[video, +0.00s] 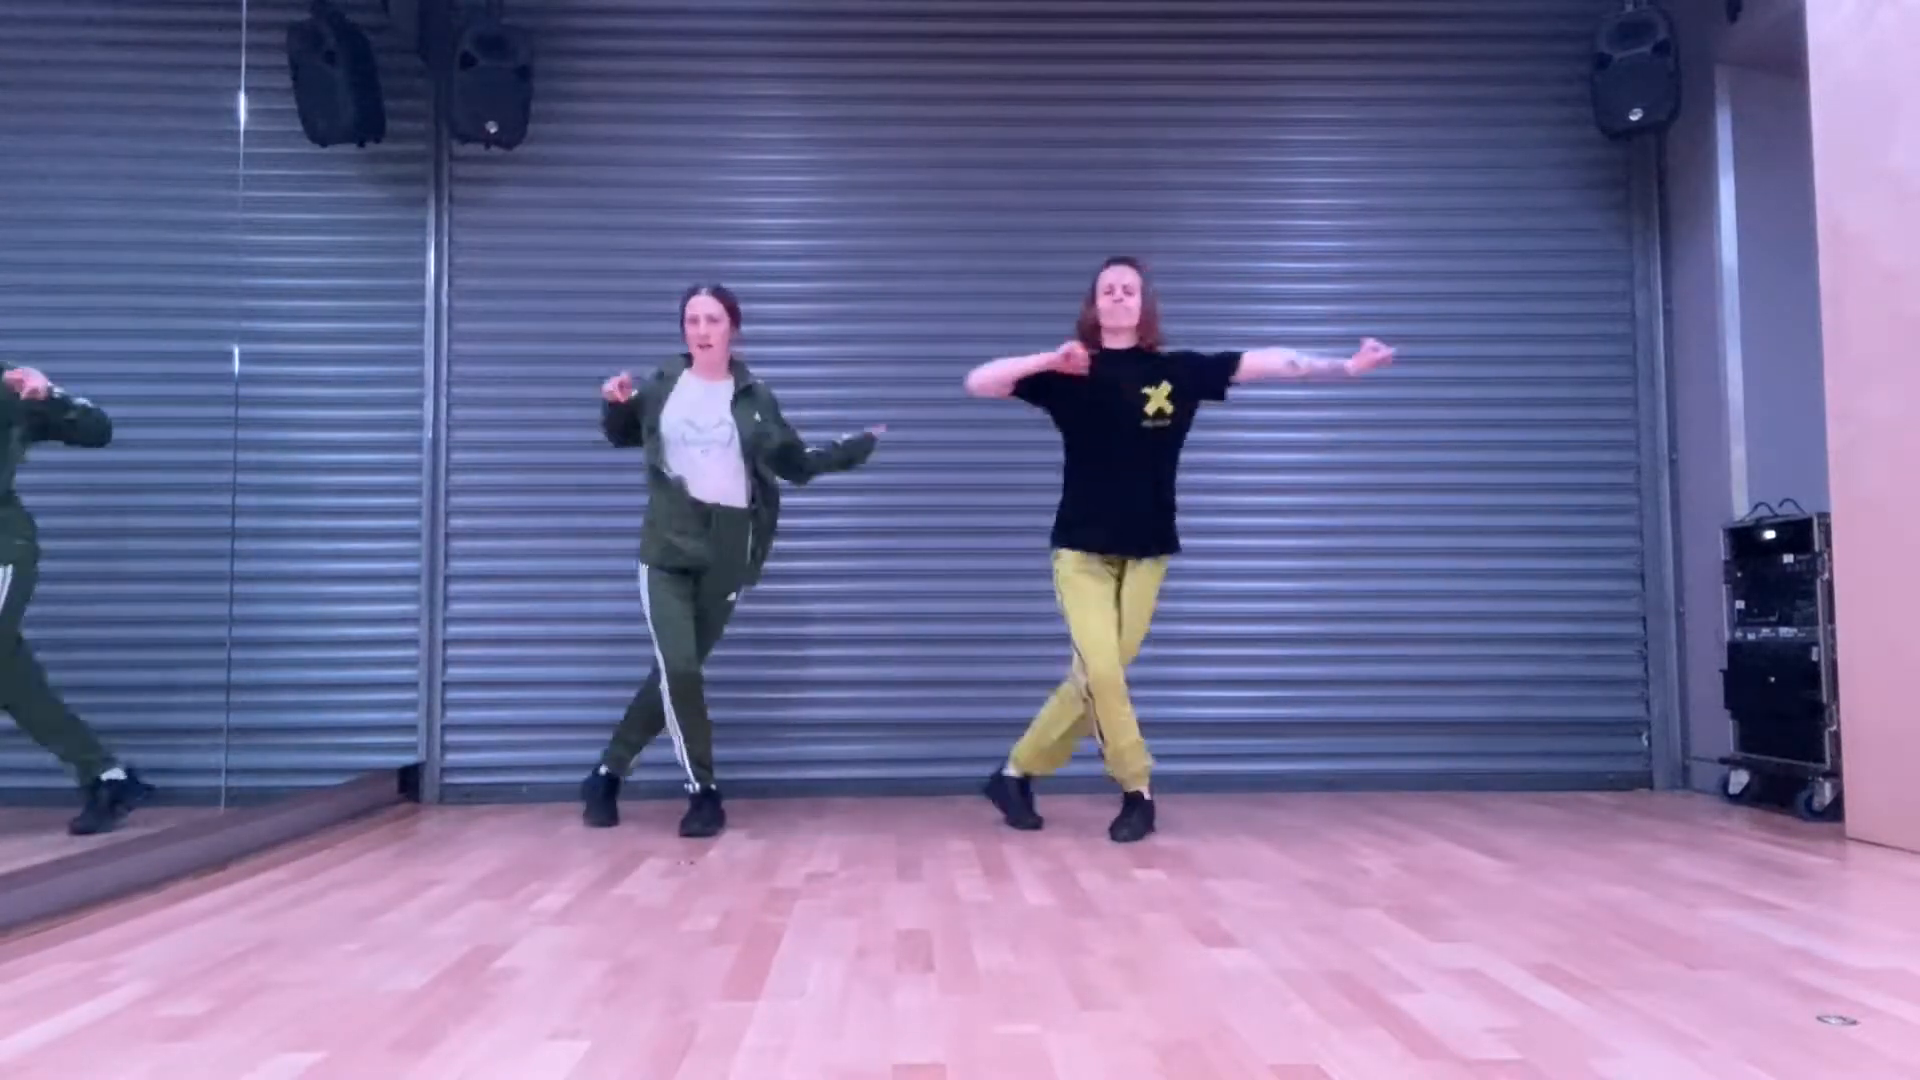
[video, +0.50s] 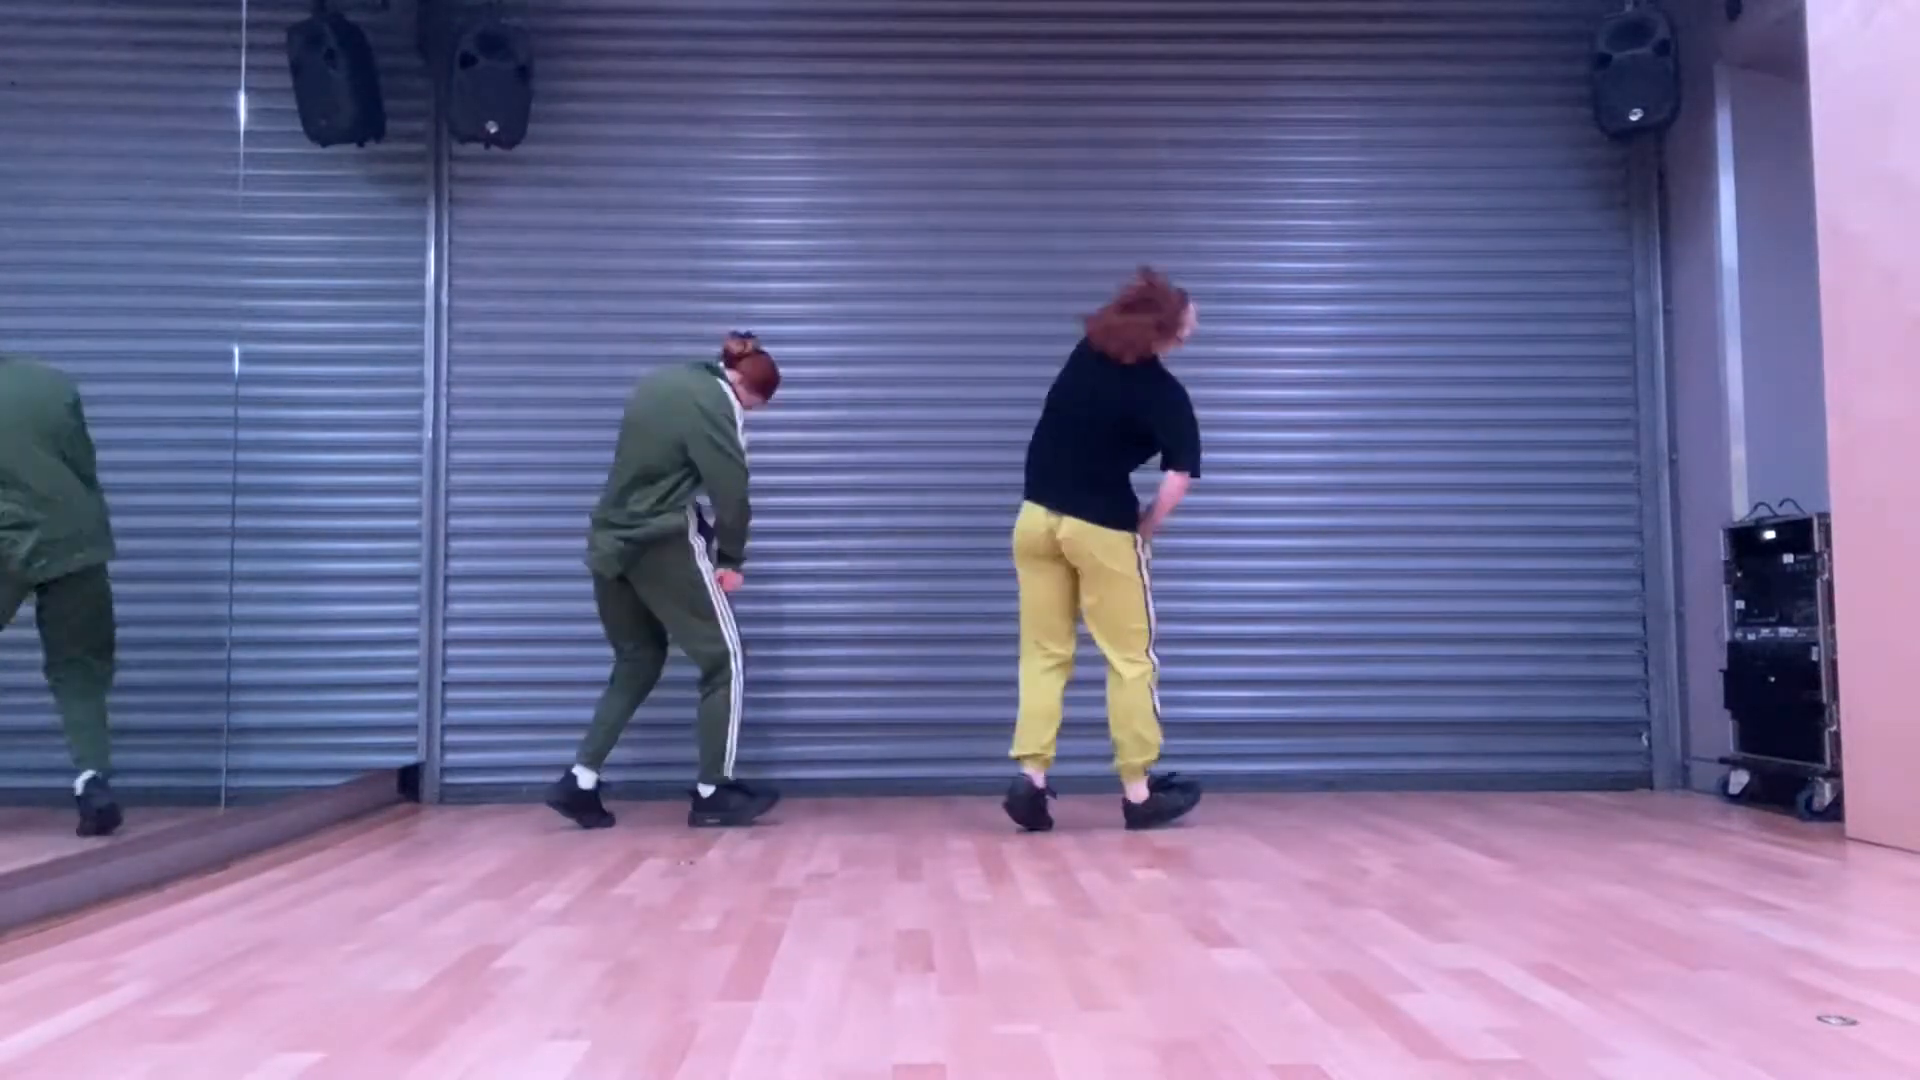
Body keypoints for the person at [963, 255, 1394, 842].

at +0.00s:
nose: (1119, 298)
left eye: (1129, 290)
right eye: (1109, 290)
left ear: (1146, 304)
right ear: (1093, 304)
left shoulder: (1179, 370)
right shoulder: (1065, 374)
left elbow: (1271, 364)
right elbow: (976, 384)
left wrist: (1346, 366)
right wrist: (1046, 362)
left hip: (1147, 550)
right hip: (1080, 547)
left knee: (1098, 678)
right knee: (1102, 669)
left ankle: (1015, 774)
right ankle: (1136, 792)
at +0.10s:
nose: (1118, 301)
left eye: (1128, 295)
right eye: (1107, 295)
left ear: (1144, 314)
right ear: (1091, 317)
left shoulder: (1176, 383)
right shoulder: (1059, 382)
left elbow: (1254, 388)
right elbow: (975, 386)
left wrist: (1314, 397)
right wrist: (1036, 376)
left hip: (1138, 555)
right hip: (1072, 549)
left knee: (1081, 673)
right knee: (1096, 671)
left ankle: (1005, 780)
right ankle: (1135, 795)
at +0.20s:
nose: (1118, 299)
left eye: (1126, 292)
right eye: (1107, 293)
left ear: (1141, 307)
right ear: (1089, 309)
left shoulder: (1167, 381)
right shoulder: (1060, 379)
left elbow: (1239, 395)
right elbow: (989, 372)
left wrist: (1290, 403)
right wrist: (1061, 363)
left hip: (1134, 554)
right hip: (1068, 548)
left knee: (1088, 665)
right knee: (1101, 662)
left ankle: (1011, 782)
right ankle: (1135, 793)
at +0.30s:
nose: (1117, 285)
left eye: (1124, 279)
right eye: (1104, 282)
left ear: (1138, 298)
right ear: (1086, 305)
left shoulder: (1153, 366)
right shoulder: (1079, 361)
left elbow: (1202, 371)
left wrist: (1251, 359)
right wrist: (1141, 373)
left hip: (1131, 544)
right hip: (1074, 538)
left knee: (1078, 664)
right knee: (1112, 655)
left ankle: (1010, 779)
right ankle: (1136, 788)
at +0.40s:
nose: (1150, 289)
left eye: (1141, 282)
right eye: (1136, 288)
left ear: (1114, 321)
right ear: (1124, 315)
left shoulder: (1102, 361)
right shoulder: (1140, 365)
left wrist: (1171, 377)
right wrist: (1178, 451)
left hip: (1057, 528)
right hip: (1093, 532)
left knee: (1064, 656)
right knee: (1121, 654)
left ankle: (999, 777)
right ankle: (1139, 790)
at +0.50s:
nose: (1189, 334)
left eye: (1190, 326)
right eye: (1187, 328)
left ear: (1134, 313)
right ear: (1169, 333)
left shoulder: (1088, 351)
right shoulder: (1161, 390)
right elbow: (1179, 478)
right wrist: (1148, 527)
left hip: (1035, 517)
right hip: (1101, 528)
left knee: (1043, 652)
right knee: (1129, 657)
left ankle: (1030, 782)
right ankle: (1138, 793)